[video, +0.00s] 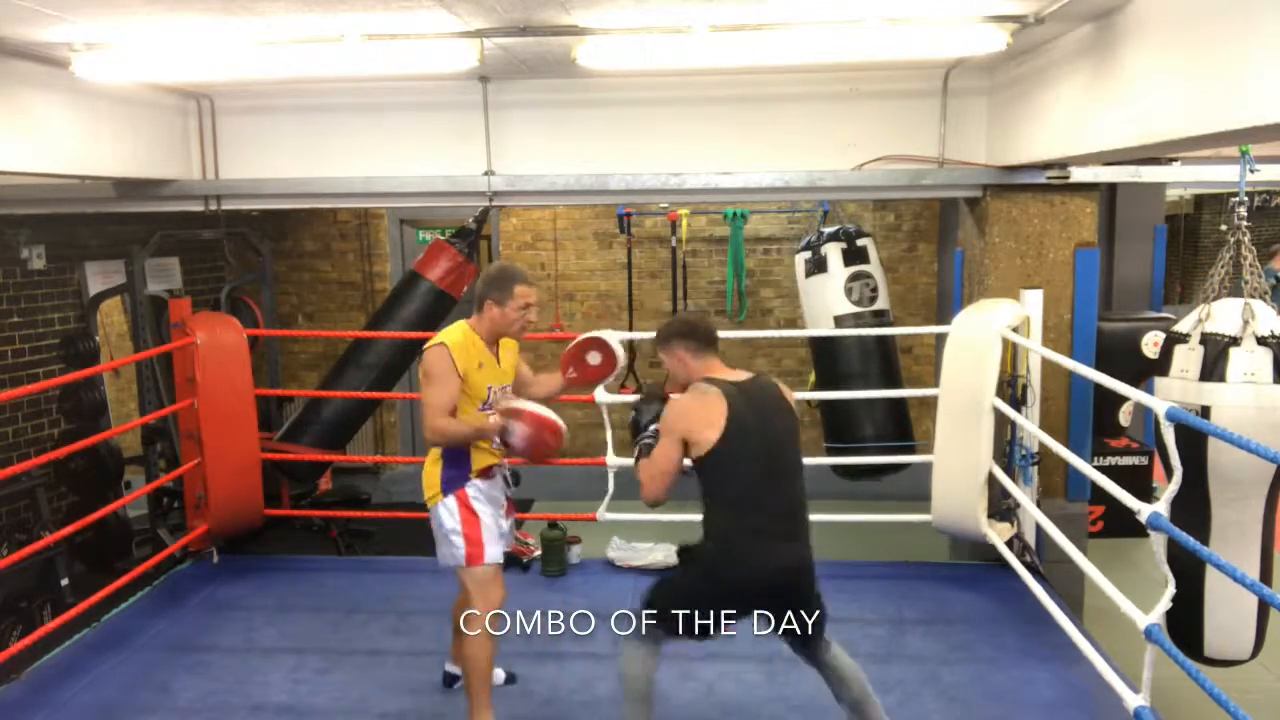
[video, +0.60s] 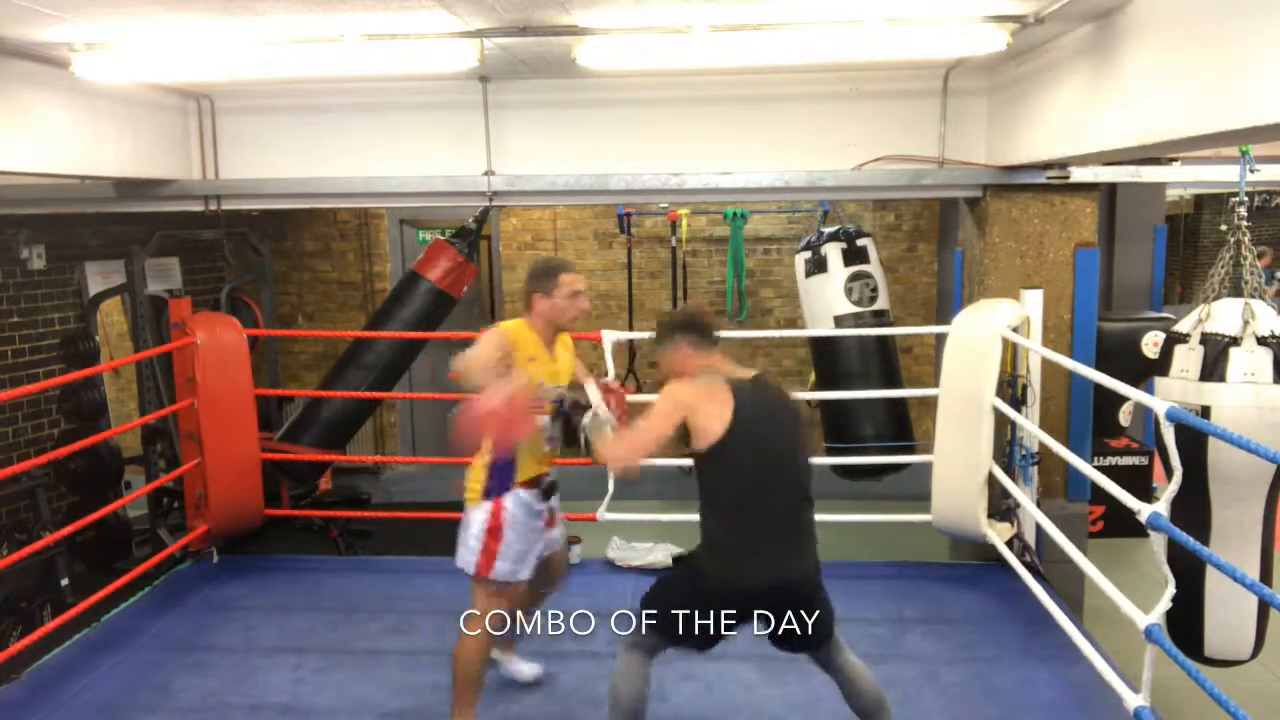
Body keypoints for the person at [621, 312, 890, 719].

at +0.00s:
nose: (668, 375)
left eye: (666, 364)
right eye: (664, 365)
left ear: (682, 355)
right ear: (711, 349)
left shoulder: (685, 407)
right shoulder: (778, 393)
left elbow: (652, 492)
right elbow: (759, 458)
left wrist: (648, 432)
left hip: (727, 570)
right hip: (790, 567)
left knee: (641, 636)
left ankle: (635, 716)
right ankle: (877, 716)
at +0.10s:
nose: (669, 378)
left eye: (668, 366)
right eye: (666, 367)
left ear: (685, 356)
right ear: (714, 350)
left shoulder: (696, 410)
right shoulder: (785, 396)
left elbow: (655, 496)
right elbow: (814, 471)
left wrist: (649, 437)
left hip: (740, 575)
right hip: (802, 570)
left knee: (649, 651)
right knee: (811, 660)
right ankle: (870, 716)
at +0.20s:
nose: (667, 368)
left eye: (666, 356)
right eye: (664, 358)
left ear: (688, 349)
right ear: (700, 346)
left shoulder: (731, 394)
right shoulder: (763, 387)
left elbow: (713, 484)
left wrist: (679, 445)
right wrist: (684, 430)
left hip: (758, 567)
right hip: (804, 561)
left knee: (649, 648)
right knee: (802, 657)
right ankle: (868, 718)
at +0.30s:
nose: (683, 360)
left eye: (681, 349)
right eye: (679, 351)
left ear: (698, 334)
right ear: (716, 331)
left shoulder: (733, 375)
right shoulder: (767, 367)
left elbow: (715, 462)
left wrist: (661, 445)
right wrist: (679, 407)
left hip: (752, 560)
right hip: (804, 557)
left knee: (656, 650)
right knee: (813, 653)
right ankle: (873, 716)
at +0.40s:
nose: (695, 340)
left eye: (695, 330)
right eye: (694, 331)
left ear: (711, 325)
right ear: (747, 321)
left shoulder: (709, 366)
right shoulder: (805, 364)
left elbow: (640, 428)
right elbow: (845, 409)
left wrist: (605, 395)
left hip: (731, 557)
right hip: (800, 557)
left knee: (658, 650)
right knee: (840, 649)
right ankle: (885, 716)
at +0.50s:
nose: (698, 343)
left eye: (699, 335)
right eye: (699, 335)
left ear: (712, 332)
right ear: (751, 329)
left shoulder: (698, 369)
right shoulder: (807, 377)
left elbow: (605, 400)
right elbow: (842, 445)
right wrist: (789, 419)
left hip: (723, 565)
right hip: (797, 566)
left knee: (658, 650)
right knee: (843, 651)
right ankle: (890, 718)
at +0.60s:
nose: (662, 374)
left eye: (661, 364)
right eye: (659, 366)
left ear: (682, 353)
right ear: (711, 348)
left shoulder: (687, 391)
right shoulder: (770, 389)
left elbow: (619, 455)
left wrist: (596, 422)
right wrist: (631, 421)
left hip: (723, 574)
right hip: (793, 573)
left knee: (637, 649)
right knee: (836, 656)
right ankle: (884, 717)